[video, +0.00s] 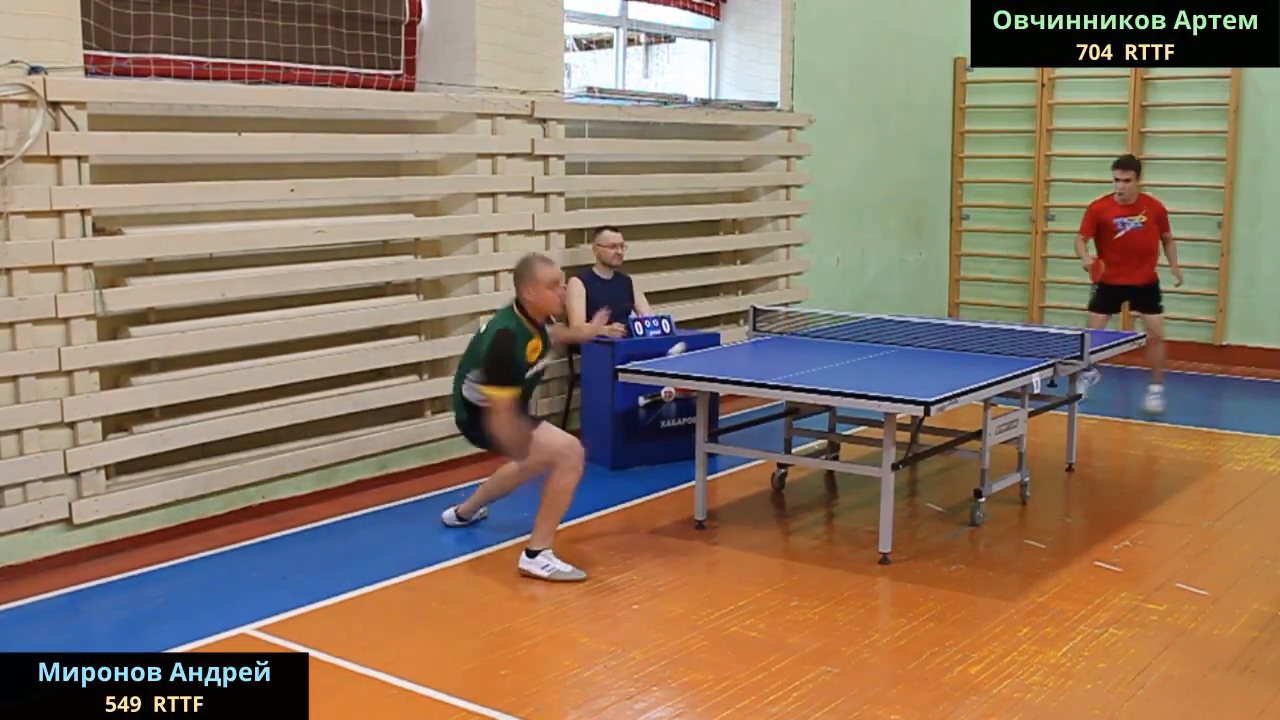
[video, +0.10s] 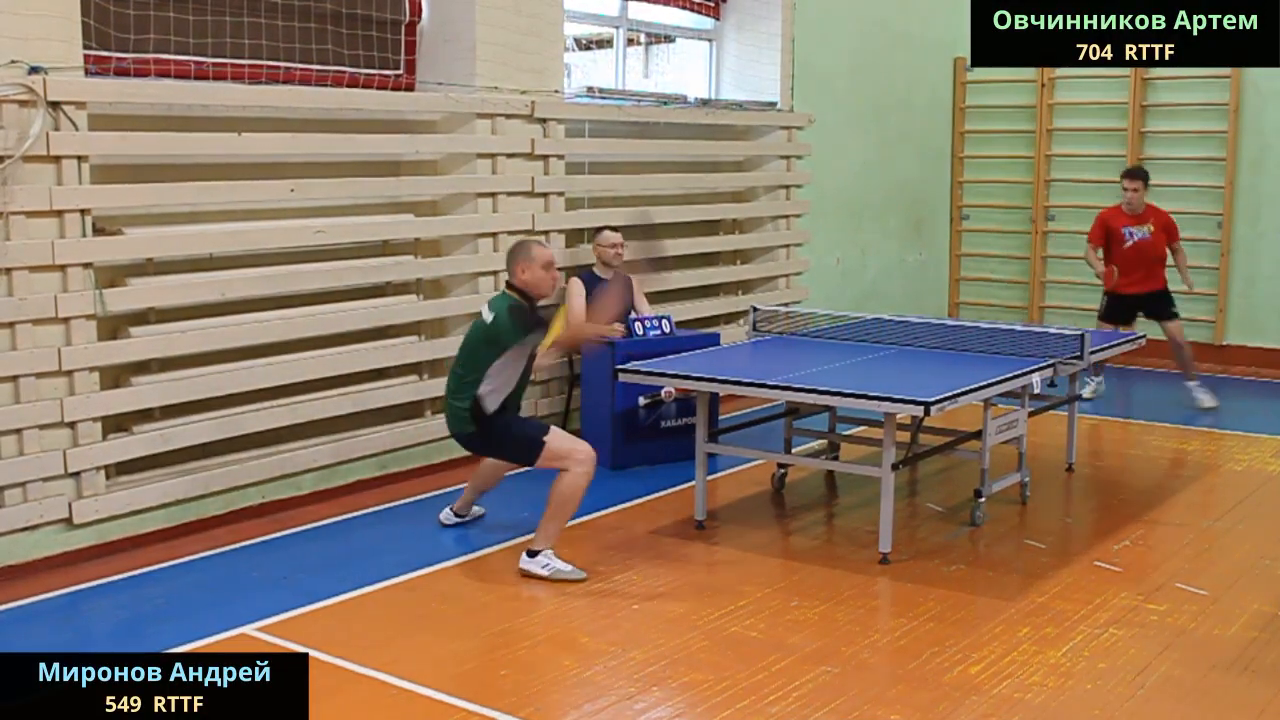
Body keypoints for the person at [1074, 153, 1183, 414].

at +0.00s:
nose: (1119, 187)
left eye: (1125, 181)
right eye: (1116, 180)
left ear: (1138, 181)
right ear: (1112, 180)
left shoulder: (1154, 208)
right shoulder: (1098, 209)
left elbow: (1167, 238)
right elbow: (1081, 240)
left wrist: (1174, 265)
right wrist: (1085, 257)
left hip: (1144, 281)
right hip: (1109, 280)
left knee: (1155, 333)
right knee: (1093, 329)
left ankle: (1156, 388)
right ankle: (1089, 373)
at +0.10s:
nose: (1128, 196)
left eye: (1134, 191)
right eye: (1125, 190)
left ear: (1145, 191)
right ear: (1120, 190)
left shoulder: (1161, 218)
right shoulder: (1107, 218)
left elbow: (1176, 249)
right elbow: (1090, 250)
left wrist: (1185, 276)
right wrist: (1099, 267)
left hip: (1155, 290)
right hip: (1119, 291)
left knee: (1178, 339)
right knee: (1102, 338)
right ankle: (1096, 380)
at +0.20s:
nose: (1141, 210)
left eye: (1146, 205)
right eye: (1136, 204)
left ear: (1156, 206)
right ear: (1130, 204)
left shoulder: (1170, 232)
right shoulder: (1118, 233)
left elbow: (1189, 263)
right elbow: (1103, 264)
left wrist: (1196, 288)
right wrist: (1112, 282)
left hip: (1167, 304)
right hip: (1131, 304)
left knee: (1190, 348)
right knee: (1102, 340)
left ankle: (1218, 389)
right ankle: (1097, 383)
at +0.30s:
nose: (1156, 217)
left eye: (1161, 212)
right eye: (1152, 211)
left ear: (1170, 213)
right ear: (1146, 211)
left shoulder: (1183, 237)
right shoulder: (1131, 239)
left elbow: (1201, 267)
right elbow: (1120, 273)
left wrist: (1208, 293)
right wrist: (1133, 295)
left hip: (1178, 303)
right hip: (1145, 303)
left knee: (1207, 349)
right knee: (1111, 344)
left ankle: (1218, 388)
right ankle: (1098, 383)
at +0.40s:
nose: (1179, 221)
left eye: (1184, 216)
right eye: (1175, 215)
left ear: (1192, 216)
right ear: (1168, 214)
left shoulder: (1202, 239)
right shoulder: (1155, 240)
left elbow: (1213, 266)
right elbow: (1148, 277)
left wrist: (1224, 292)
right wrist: (1172, 302)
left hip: (1191, 301)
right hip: (1155, 301)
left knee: (1224, 344)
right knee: (1122, 340)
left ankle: (1241, 387)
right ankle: (1099, 383)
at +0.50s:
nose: (1208, 222)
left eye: (1214, 217)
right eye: (1204, 216)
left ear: (1222, 218)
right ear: (1197, 215)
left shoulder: (1227, 241)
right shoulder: (1183, 240)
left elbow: (1234, 267)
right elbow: (1185, 279)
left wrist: (1251, 288)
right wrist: (1222, 293)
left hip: (1210, 307)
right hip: (1175, 307)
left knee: (1243, 346)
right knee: (1137, 343)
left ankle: (1262, 394)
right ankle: (1102, 384)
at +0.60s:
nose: (1240, 227)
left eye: (1246, 222)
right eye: (1236, 220)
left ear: (1253, 222)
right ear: (1229, 217)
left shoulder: (1254, 242)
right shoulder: (1213, 241)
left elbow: (1260, 274)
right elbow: (1229, 282)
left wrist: (1277, 290)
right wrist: (1265, 278)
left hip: (1228, 304)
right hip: (1194, 304)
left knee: (1264, 342)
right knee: (1159, 347)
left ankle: (1266, 393)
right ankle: (1117, 382)